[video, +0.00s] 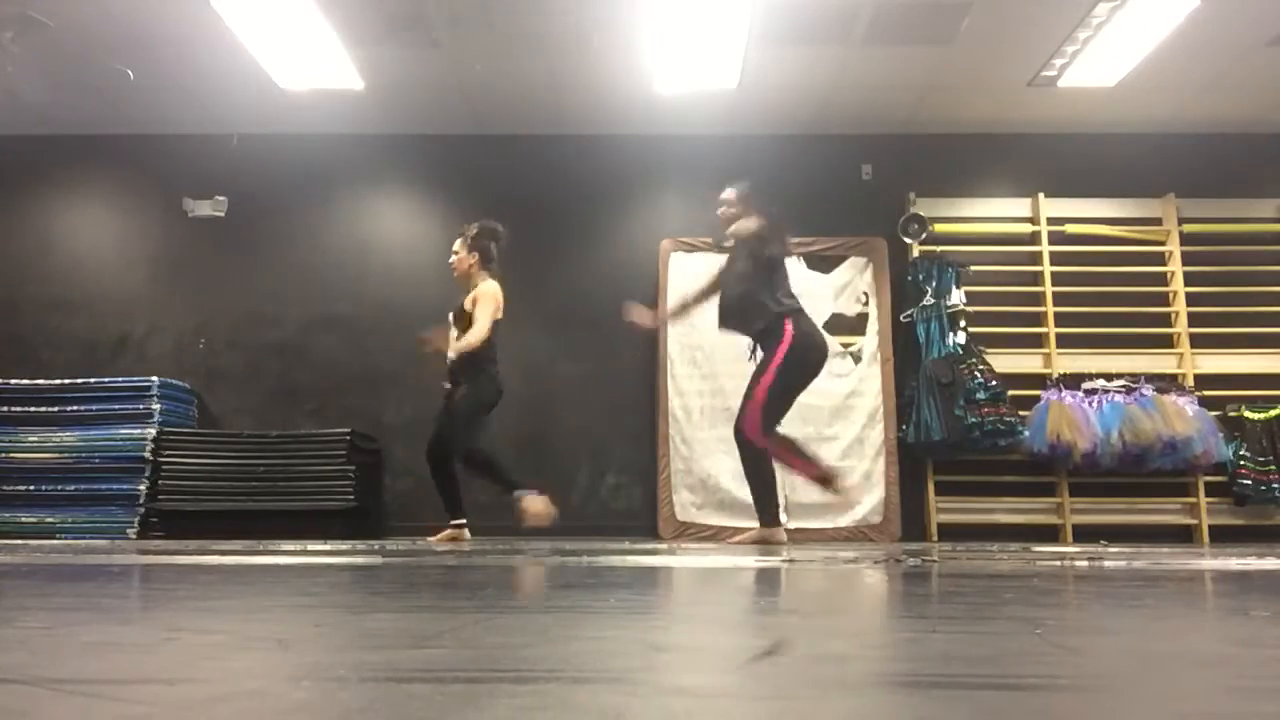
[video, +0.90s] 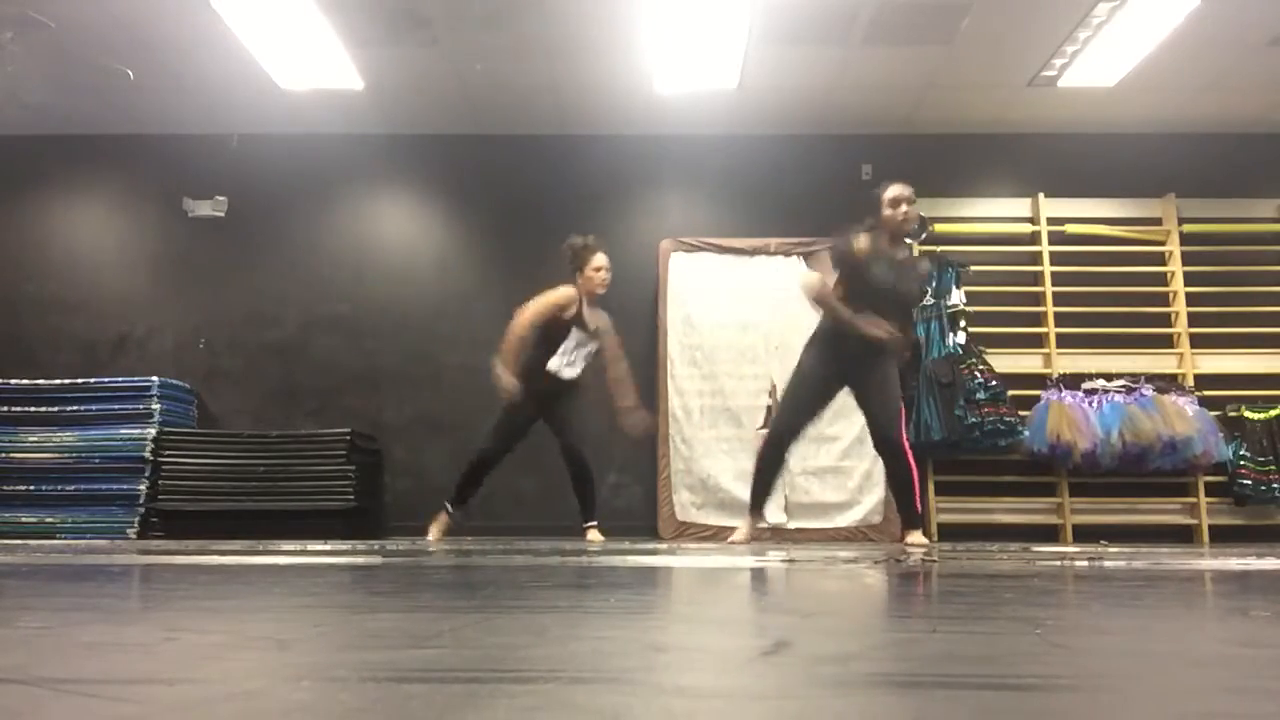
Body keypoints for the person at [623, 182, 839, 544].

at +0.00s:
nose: (720, 211)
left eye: (727, 205)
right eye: (719, 205)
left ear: (749, 207)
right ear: (725, 212)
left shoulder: (759, 232)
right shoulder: (737, 253)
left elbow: (758, 230)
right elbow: (704, 293)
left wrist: (744, 231)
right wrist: (660, 317)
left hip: (793, 338)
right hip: (779, 344)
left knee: (755, 428)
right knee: (747, 431)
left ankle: (832, 481)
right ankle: (770, 526)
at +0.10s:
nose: (747, 202)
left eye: (755, 198)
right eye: (742, 196)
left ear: (767, 205)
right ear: (730, 203)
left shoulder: (774, 234)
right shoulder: (722, 256)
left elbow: (823, 208)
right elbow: (689, 273)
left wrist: (870, 186)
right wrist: (657, 277)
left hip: (797, 331)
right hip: (775, 345)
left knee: (808, 422)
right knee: (749, 430)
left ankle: (884, 497)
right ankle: (770, 527)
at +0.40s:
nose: (813, 213)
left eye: (814, 207)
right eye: (805, 206)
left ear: (806, 216)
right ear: (780, 211)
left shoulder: (816, 252)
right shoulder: (751, 248)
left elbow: (860, 251)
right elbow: (690, 242)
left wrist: (900, 248)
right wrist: (641, 232)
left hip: (838, 342)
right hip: (792, 355)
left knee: (857, 417)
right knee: (753, 436)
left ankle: (911, 508)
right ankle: (768, 527)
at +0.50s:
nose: (831, 221)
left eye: (830, 214)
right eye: (824, 213)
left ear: (812, 221)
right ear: (800, 217)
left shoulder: (824, 264)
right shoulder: (770, 252)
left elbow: (865, 270)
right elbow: (714, 241)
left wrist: (880, 254)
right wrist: (656, 225)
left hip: (843, 356)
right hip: (796, 361)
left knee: (870, 429)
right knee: (760, 442)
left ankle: (914, 514)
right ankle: (762, 528)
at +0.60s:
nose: (849, 231)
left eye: (848, 224)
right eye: (841, 223)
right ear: (818, 228)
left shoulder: (841, 276)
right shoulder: (800, 262)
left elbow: (856, 269)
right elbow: (772, 256)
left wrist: (862, 256)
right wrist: (745, 247)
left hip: (847, 372)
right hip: (801, 374)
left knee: (885, 440)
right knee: (772, 452)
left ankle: (913, 522)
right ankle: (757, 528)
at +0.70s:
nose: (868, 237)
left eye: (867, 231)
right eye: (860, 231)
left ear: (854, 240)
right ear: (837, 238)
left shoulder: (858, 273)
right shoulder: (822, 272)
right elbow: (841, 300)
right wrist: (856, 263)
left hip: (856, 384)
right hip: (810, 384)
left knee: (890, 449)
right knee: (781, 458)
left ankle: (913, 529)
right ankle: (757, 529)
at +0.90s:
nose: (904, 210)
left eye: (909, 203)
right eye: (895, 204)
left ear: (916, 209)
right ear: (880, 212)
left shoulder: (915, 265)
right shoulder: (854, 245)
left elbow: (906, 317)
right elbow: (817, 291)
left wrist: (902, 341)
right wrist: (859, 321)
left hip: (878, 358)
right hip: (830, 350)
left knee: (892, 440)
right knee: (782, 430)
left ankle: (913, 529)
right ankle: (752, 518)